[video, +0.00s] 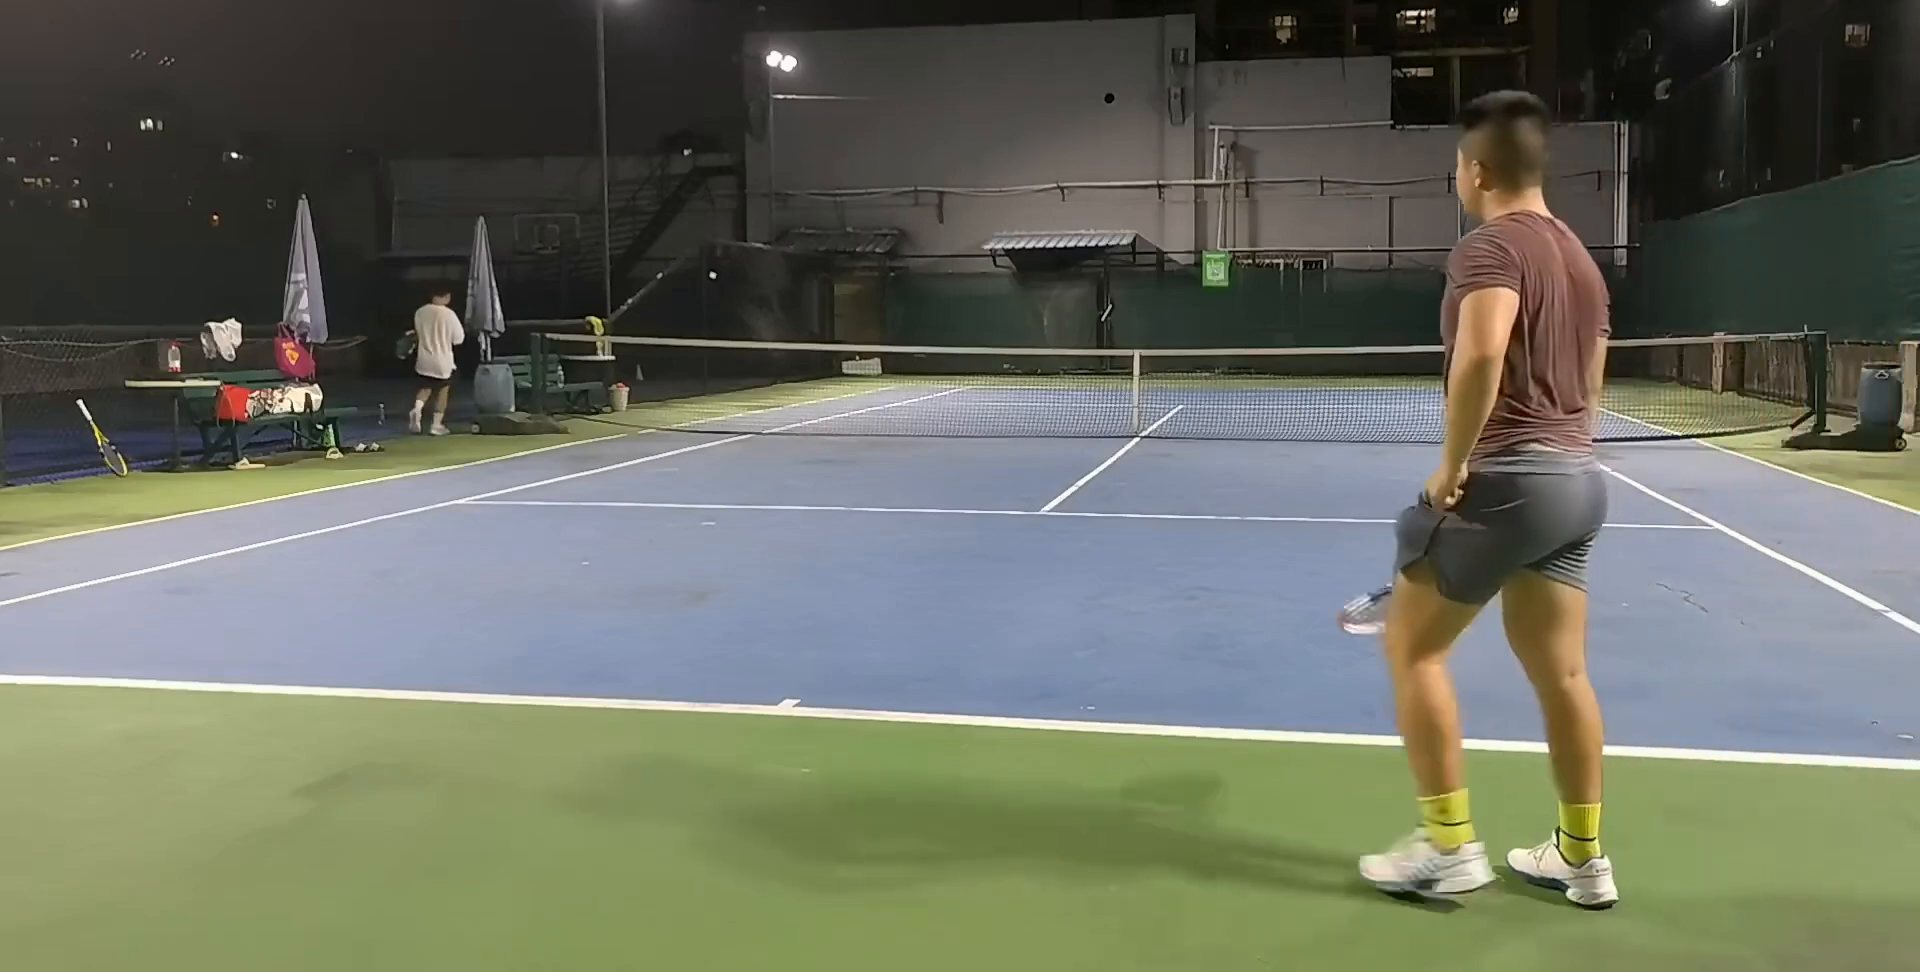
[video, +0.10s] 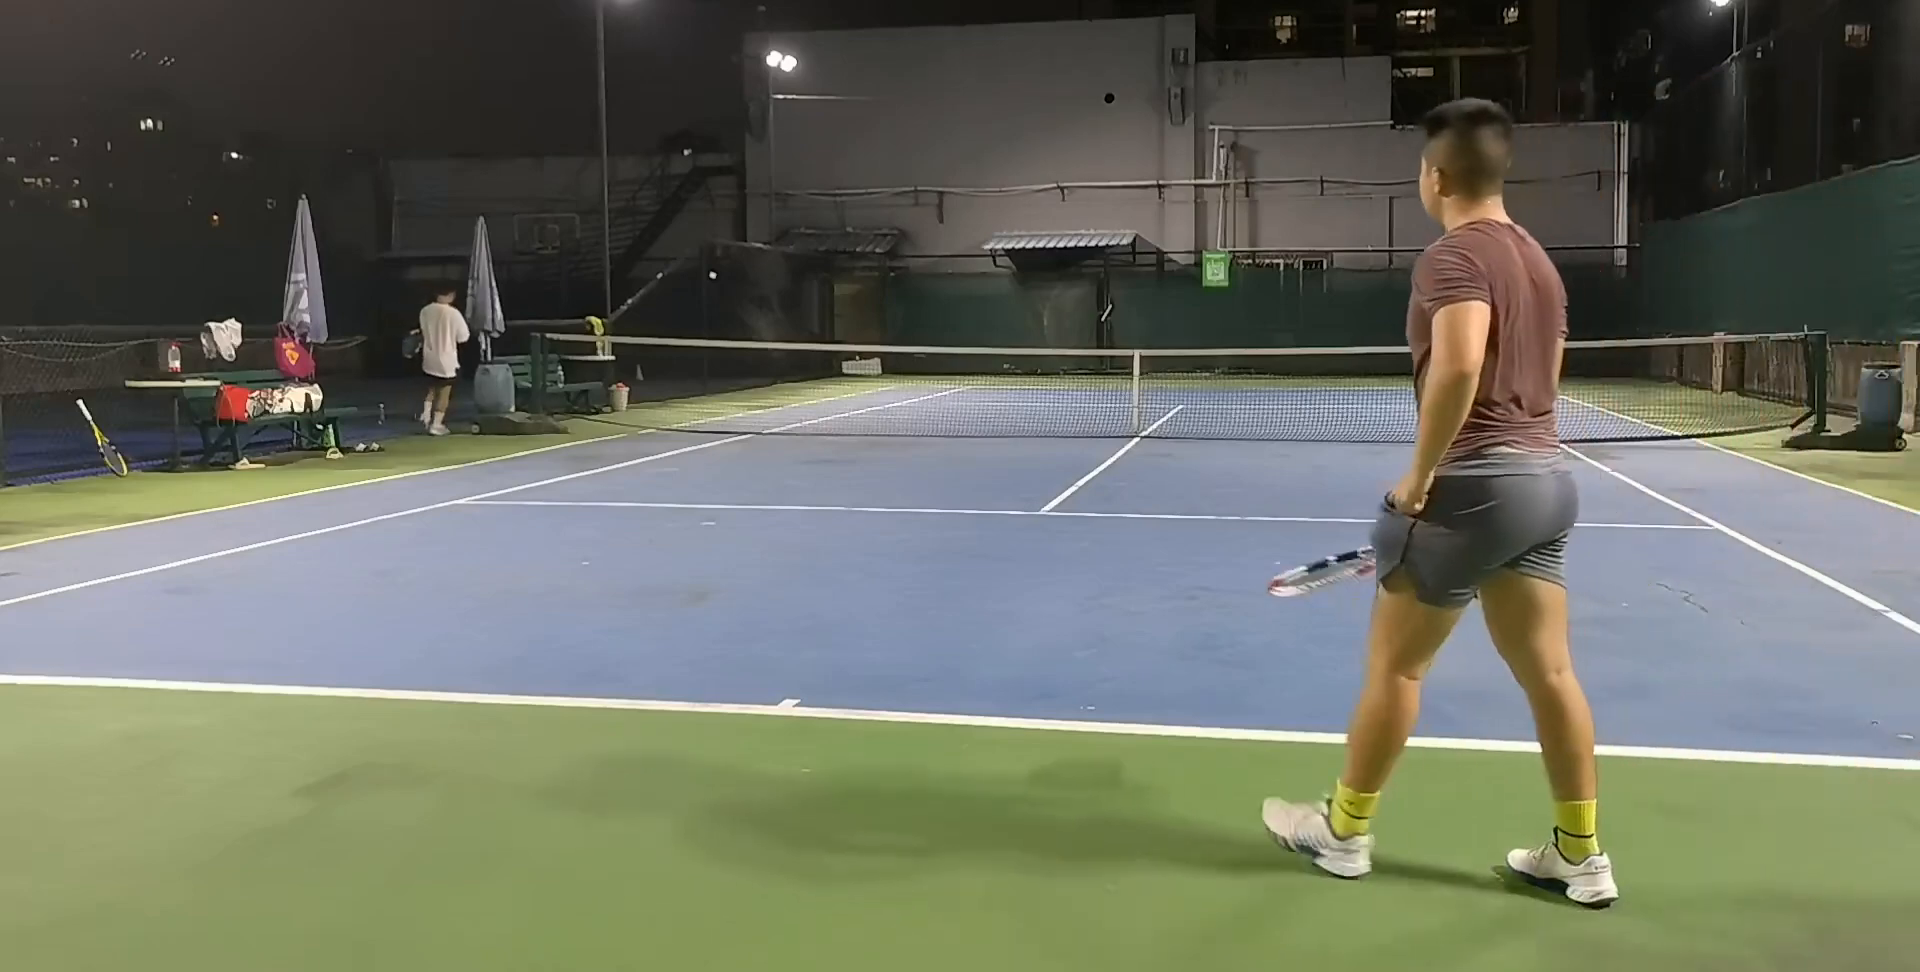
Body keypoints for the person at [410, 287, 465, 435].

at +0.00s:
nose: (449, 300)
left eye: (448, 297)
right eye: (448, 297)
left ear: (432, 296)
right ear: (445, 297)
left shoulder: (420, 312)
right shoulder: (449, 314)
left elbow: (418, 332)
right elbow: (458, 339)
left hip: (423, 360)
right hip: (443, 361)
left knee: (425, 387)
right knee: (443, 390)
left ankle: (417, 409)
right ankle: (437, 424)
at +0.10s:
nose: (453, 298)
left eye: (453, 295)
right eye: (453, 295)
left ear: (437, 294)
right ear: (451, 295)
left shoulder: (425, 311)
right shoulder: (454, 313)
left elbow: (423, 331)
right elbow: (463, 337)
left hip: (428, 360)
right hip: (447, 362)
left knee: (432, 387)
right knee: (444, 394)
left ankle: (426, 414)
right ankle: (437, 424)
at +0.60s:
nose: (479, 294)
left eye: (478, 291)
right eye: (478, 291)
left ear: (463, 292)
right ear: (475, 292)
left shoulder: (454, 311)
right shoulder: (478, 312)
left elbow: (453, 330)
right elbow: (487, 333)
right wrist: (489, 319)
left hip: (458, 357)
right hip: (475, 358)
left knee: (463, 385)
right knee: (476, 387)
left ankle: (460, 420)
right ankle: (468, 416)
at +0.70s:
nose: (487, 297)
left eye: (487, 294)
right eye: (487, 294)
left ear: (472, 293)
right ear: (484, 294)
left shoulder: (462, 311)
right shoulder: (484, 313)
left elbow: (462, 330)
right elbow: (494, 334)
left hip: (465, 360)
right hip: (483, 360)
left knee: (466, 388)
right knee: (486, 391)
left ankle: (460, 420)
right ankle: (487, 422)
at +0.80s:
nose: (496, 299)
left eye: (496, 296)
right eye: (495, 296)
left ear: (480, 295)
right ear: (492, 297)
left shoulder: (470, 311)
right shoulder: (492, 314)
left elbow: (471, 329)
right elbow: (502, 335)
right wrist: (508, 324)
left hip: (473, 360)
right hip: (491, 361)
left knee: (469, 388)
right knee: (500, 388)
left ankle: (462, 420)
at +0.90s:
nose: (508, 302)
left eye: (508, 299)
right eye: (508, 299)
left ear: (493, 298)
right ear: (504, 299)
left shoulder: (482, 313)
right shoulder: (504, 316)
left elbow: (480, 330)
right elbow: (513, 337)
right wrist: (516, 327)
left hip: (483, 362)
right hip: (501, 363)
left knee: (476, 390)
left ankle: (464, 416)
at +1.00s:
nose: (519, 301)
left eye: (520, 298)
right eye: (519, 298)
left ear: (504, 297)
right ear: (514, 297)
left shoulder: (494, 313)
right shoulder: (515, 315)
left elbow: (488, 330)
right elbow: (524, 336)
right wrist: (528, 329)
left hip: (493, 360)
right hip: (512, 361)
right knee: (522, 377)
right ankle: (523, 408)